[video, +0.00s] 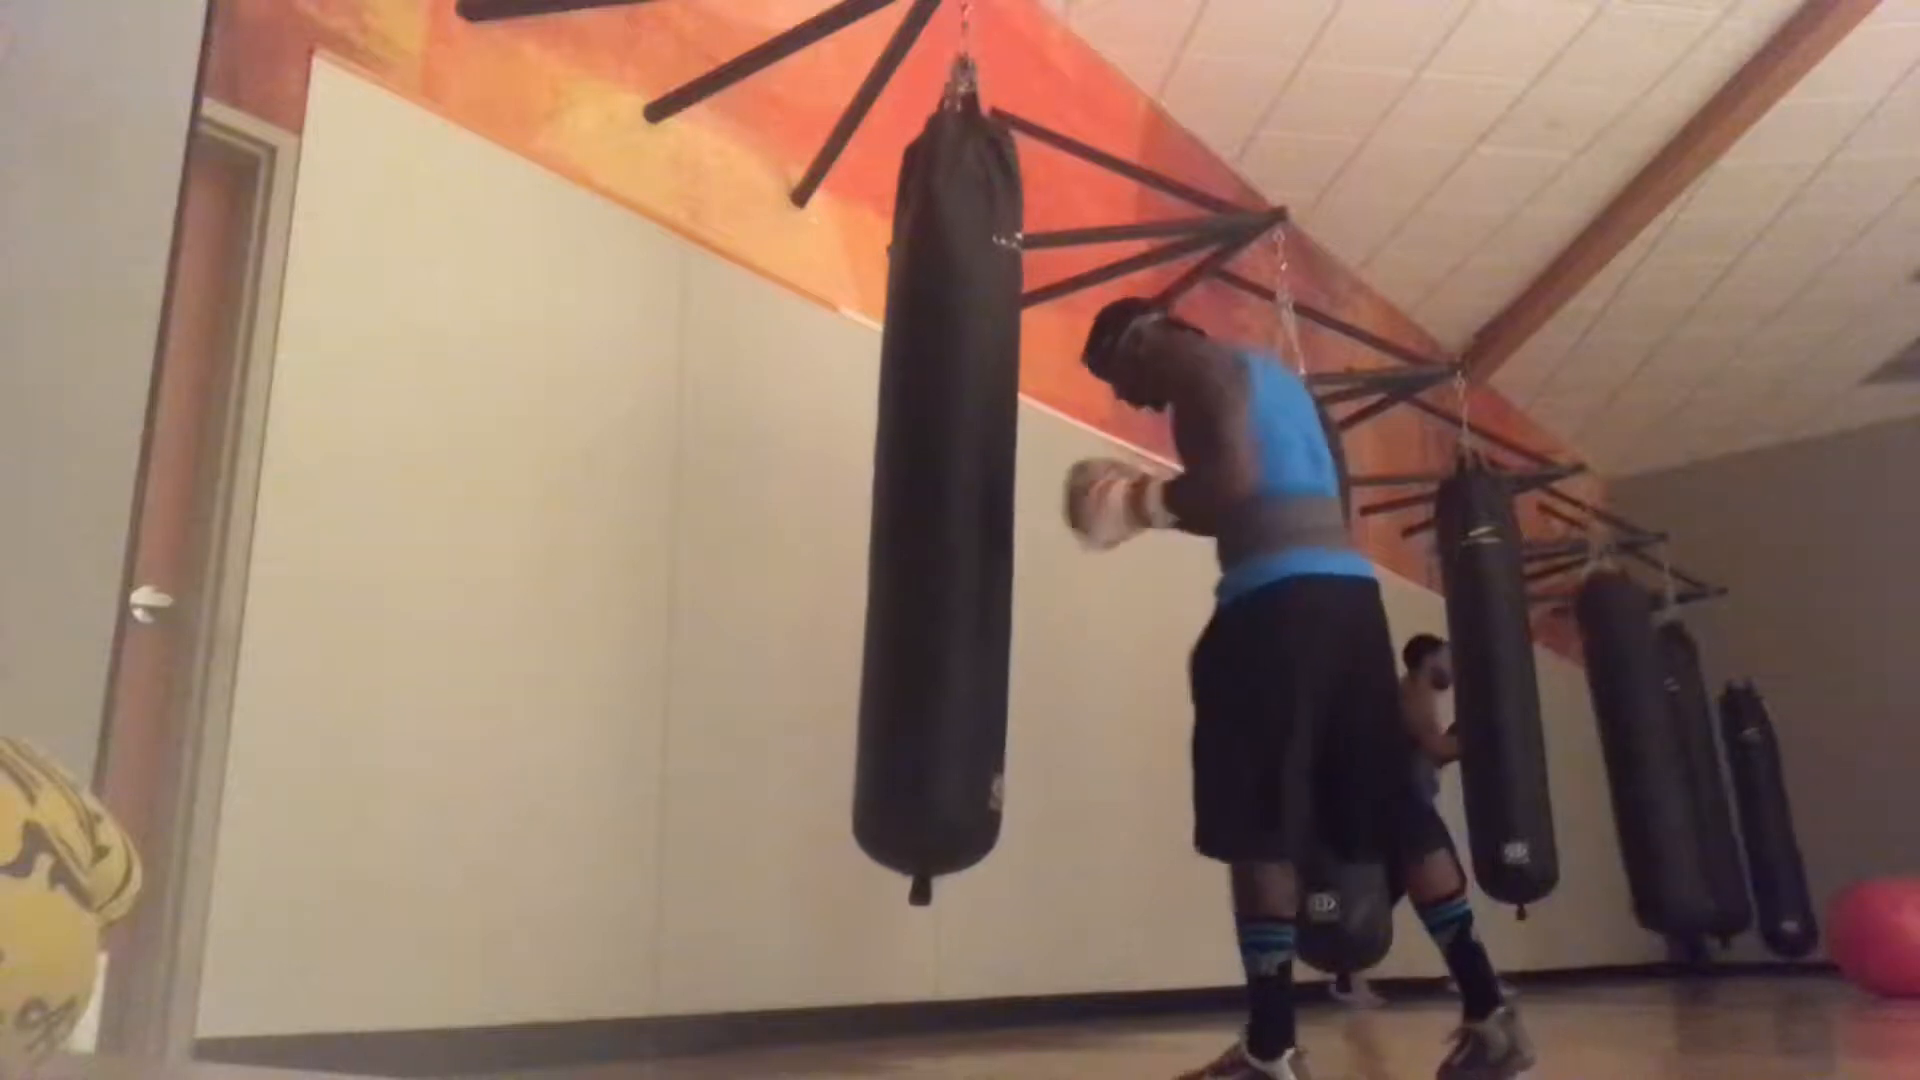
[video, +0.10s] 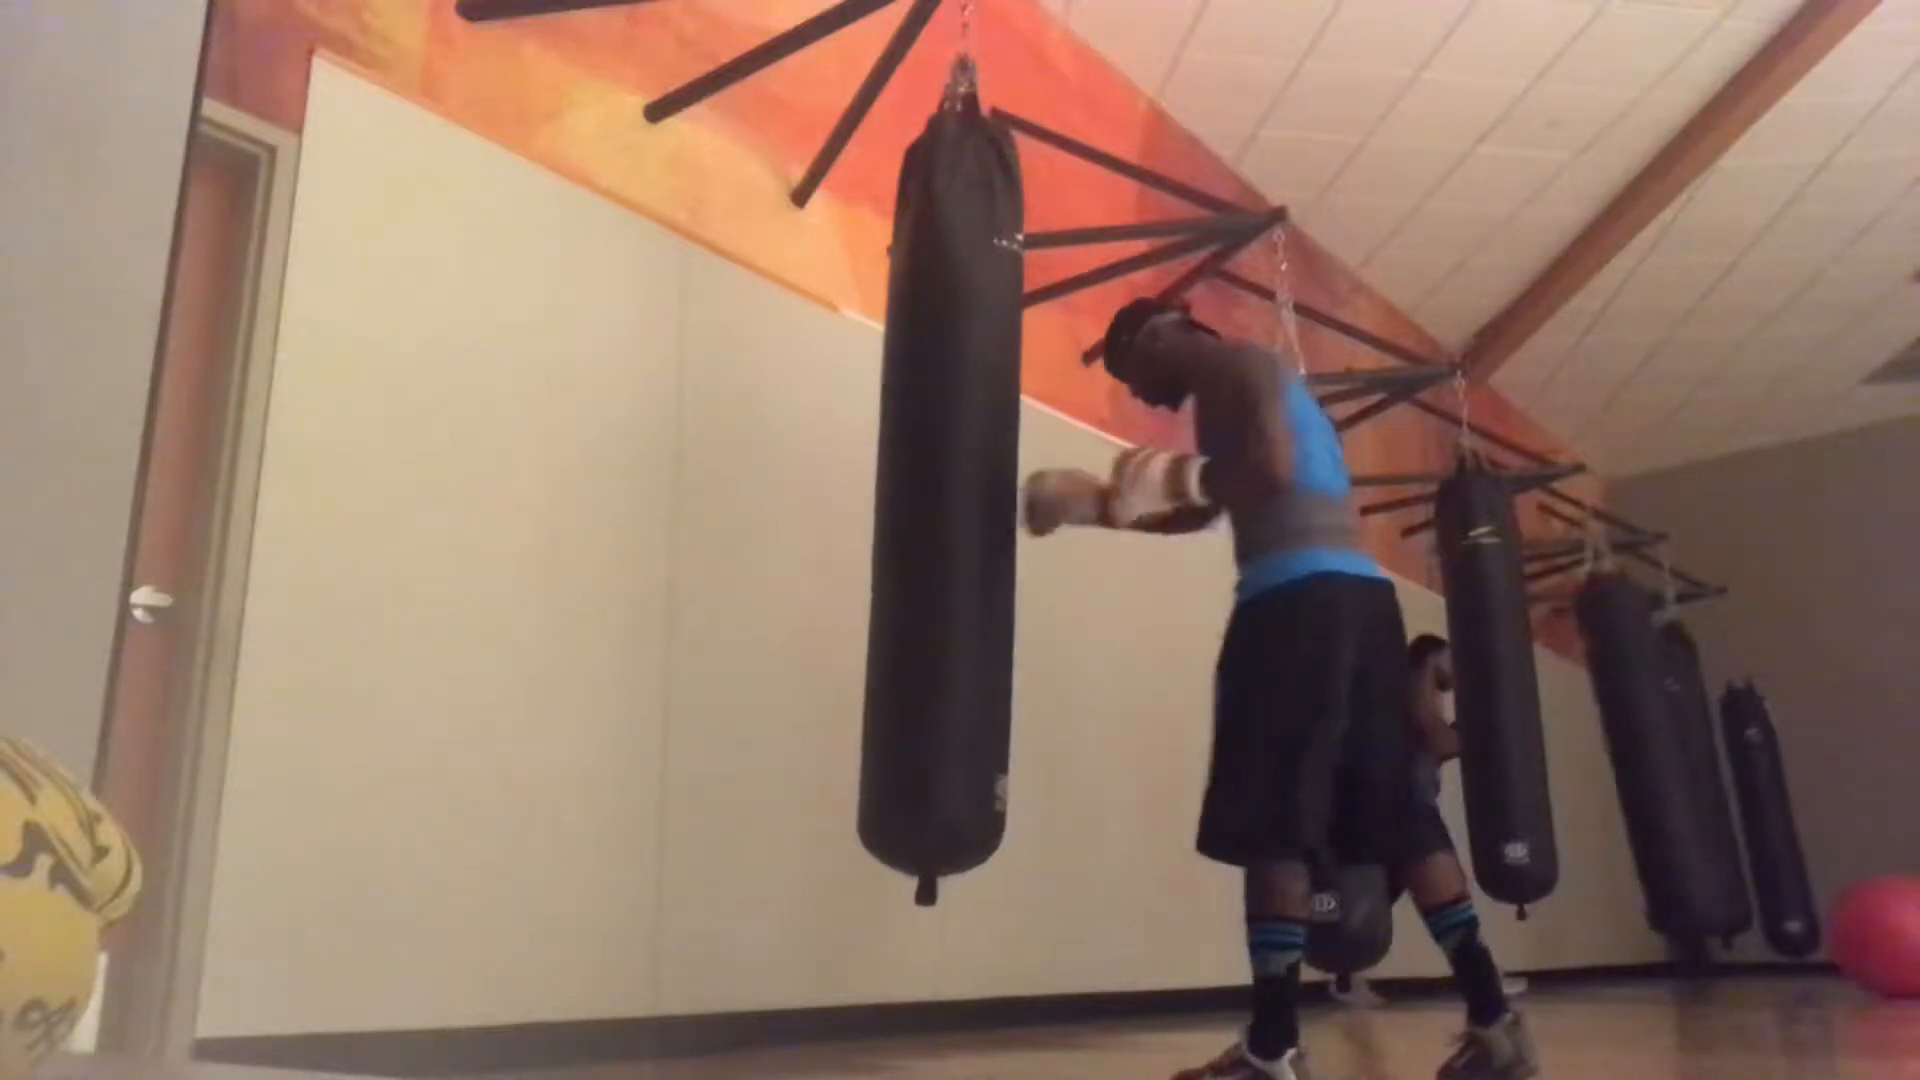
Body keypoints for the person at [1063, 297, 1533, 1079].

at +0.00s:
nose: (1139, 402)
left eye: (1127, 381)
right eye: (1125, 391)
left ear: (1145, 338)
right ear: (1167, 323)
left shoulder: (1200, 364)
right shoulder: (1284, 377)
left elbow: (1229, 488)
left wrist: (1151, 498)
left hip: (1269, 621)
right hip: (1352, 612)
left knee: (1257, 831)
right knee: (1400, 815)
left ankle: (1269, 1048)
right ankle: (1491, 1015)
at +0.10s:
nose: (1145, 397)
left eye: (1138, 376)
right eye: (1135, 387)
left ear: (1162, 332)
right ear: (1181, 328)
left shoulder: (1233, 362)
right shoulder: (1262, 387)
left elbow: (1271, 469)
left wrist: (1177, 482)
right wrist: (1089, 502)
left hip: (1292, 614)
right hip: (1367, 609)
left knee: (1271, 831)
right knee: (1403, 818)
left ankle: (1271, 1045)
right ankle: (1495, 1021)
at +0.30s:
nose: (1174, 411)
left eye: (1168, 391)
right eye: (1164, 402)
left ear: (1196, 350)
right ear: (1216, 344)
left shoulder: (1256, 379)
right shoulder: (1307, 406)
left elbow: (1260, 472)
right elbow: (1257, 530)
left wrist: (1174, 484)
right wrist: (1152, 515)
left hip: (1307, 622)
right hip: (1393, 620)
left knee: (1221, 806)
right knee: (1420, 824)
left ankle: (1251, 1029)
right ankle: (1500, 1031)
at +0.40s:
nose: (1169, 421)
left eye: (1163, 405)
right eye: (1163, 410)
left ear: (1186, 362)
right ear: (1206, 350)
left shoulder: (1233, 380)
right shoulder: (1319, 400)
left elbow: (1184, 471)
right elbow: (1291, 519)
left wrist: (1109, 477)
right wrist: (1196, 521)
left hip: (1301, 618)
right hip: (1392, 612)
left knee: (1226, 809)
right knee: (1435, 822)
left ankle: (1232, 1030)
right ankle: (1500, 1032)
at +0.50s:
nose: (1152, 425)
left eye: (1145, 411)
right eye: (1144, 417)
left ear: (1161, 376)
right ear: (1186, 360)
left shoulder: (1201, 389)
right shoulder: (1308, 404)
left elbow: (1121, 491)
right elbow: (1390, 496)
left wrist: (1054, 492)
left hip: (1284, 628)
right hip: (1378, 624)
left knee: (1221, 825)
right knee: (1418, 833)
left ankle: (1234, 1041)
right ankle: (1499, 1034)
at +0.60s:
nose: (1138, 428)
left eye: (1129, 414)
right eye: (1127, 423)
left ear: (1144, 376)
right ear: (1157, 362)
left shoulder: (1197, 390)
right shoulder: (1293, 415)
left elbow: (1138, 503)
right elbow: (1359, 523)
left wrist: (1072, 495)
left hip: (1270, 629)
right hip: (1360, 624)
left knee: (1208, 828)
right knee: (1393, 827)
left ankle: (1233, 1044)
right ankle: (1491, 1021)